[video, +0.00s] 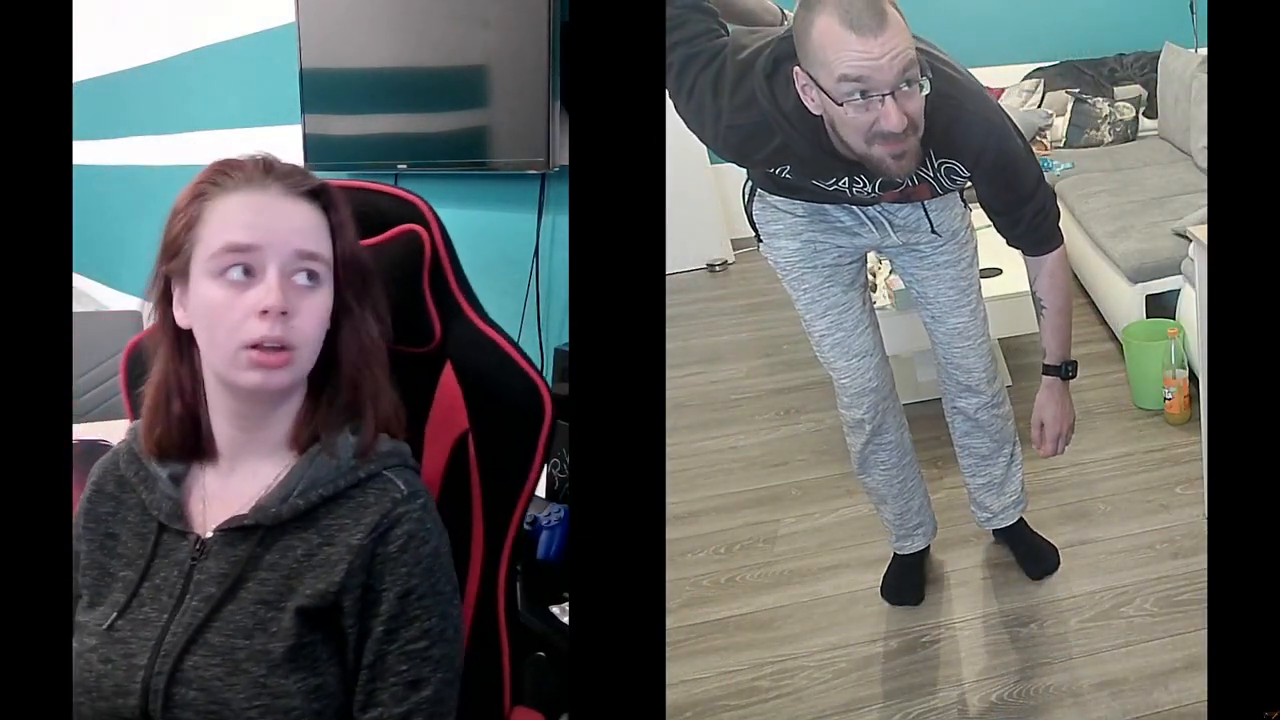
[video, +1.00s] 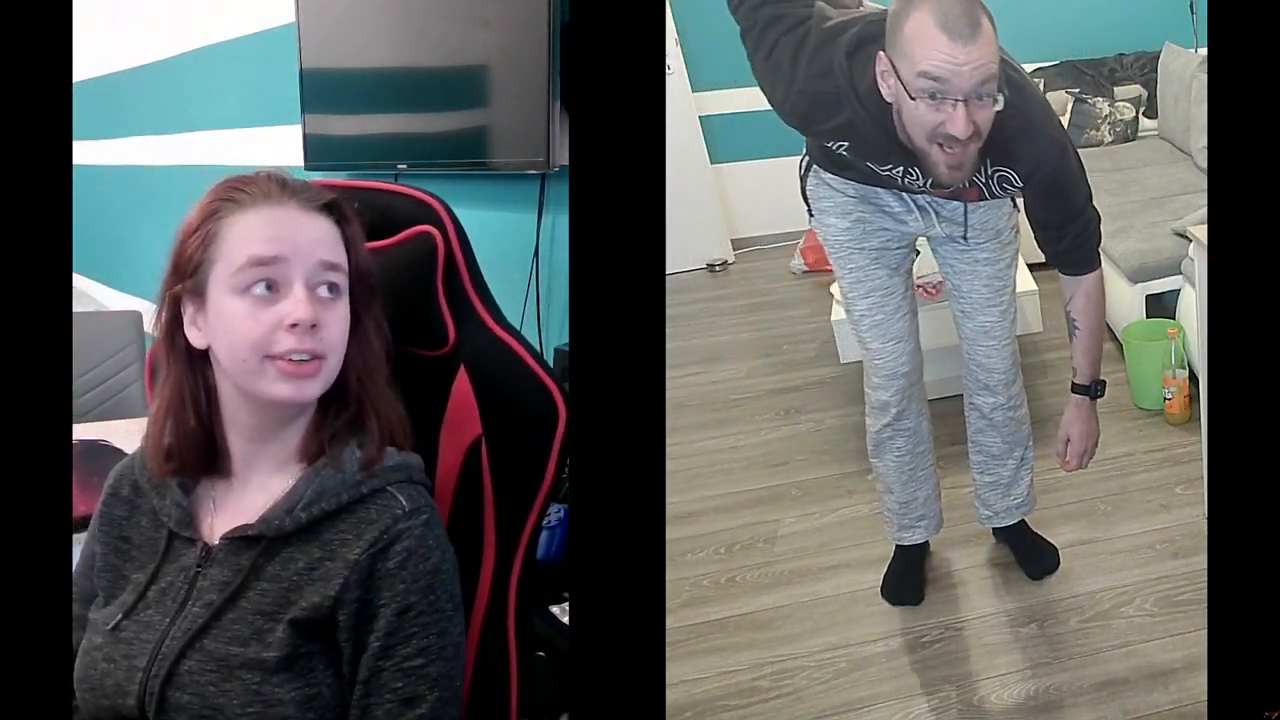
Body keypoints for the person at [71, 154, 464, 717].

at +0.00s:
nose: (275, 302)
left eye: (306, 276)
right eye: (240, 271)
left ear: (334, 306)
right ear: (180, 300)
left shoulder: (387, 518)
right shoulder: (117, 485)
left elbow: (410, 706)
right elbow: (84, 678)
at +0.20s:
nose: (289, 299)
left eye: (316, 274)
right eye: (251, 269)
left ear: (337, 306)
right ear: (184, 302)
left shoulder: (383, 522)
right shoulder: (118, 487)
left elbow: (405, 707)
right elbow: (85, 680)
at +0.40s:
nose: (296, 300)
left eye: (321, 275)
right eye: (257, 271)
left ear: (342, 309)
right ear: (188, 305)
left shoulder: (381, 521)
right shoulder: (121, 485)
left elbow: (404, 706)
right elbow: (83, 680)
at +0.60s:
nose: (299, 306)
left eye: (323, 280)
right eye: (259, 278)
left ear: (345, 313)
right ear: (190, 312)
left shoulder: (385, 525)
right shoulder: (131, 485)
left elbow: (404, 705)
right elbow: (82, 671)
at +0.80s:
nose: (302, 311)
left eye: (326, 284)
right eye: (262, 282)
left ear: (348, 315)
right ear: (193, 316)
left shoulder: (389, 528)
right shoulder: (134, 488)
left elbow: (410, 707)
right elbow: (79, 666)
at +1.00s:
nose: (306, 314)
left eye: (328, 287)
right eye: (265, 286)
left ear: (351, 318)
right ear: (195, 319)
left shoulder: (393, 530)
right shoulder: (135, 491)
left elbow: (415, 707)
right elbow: (78, 672)